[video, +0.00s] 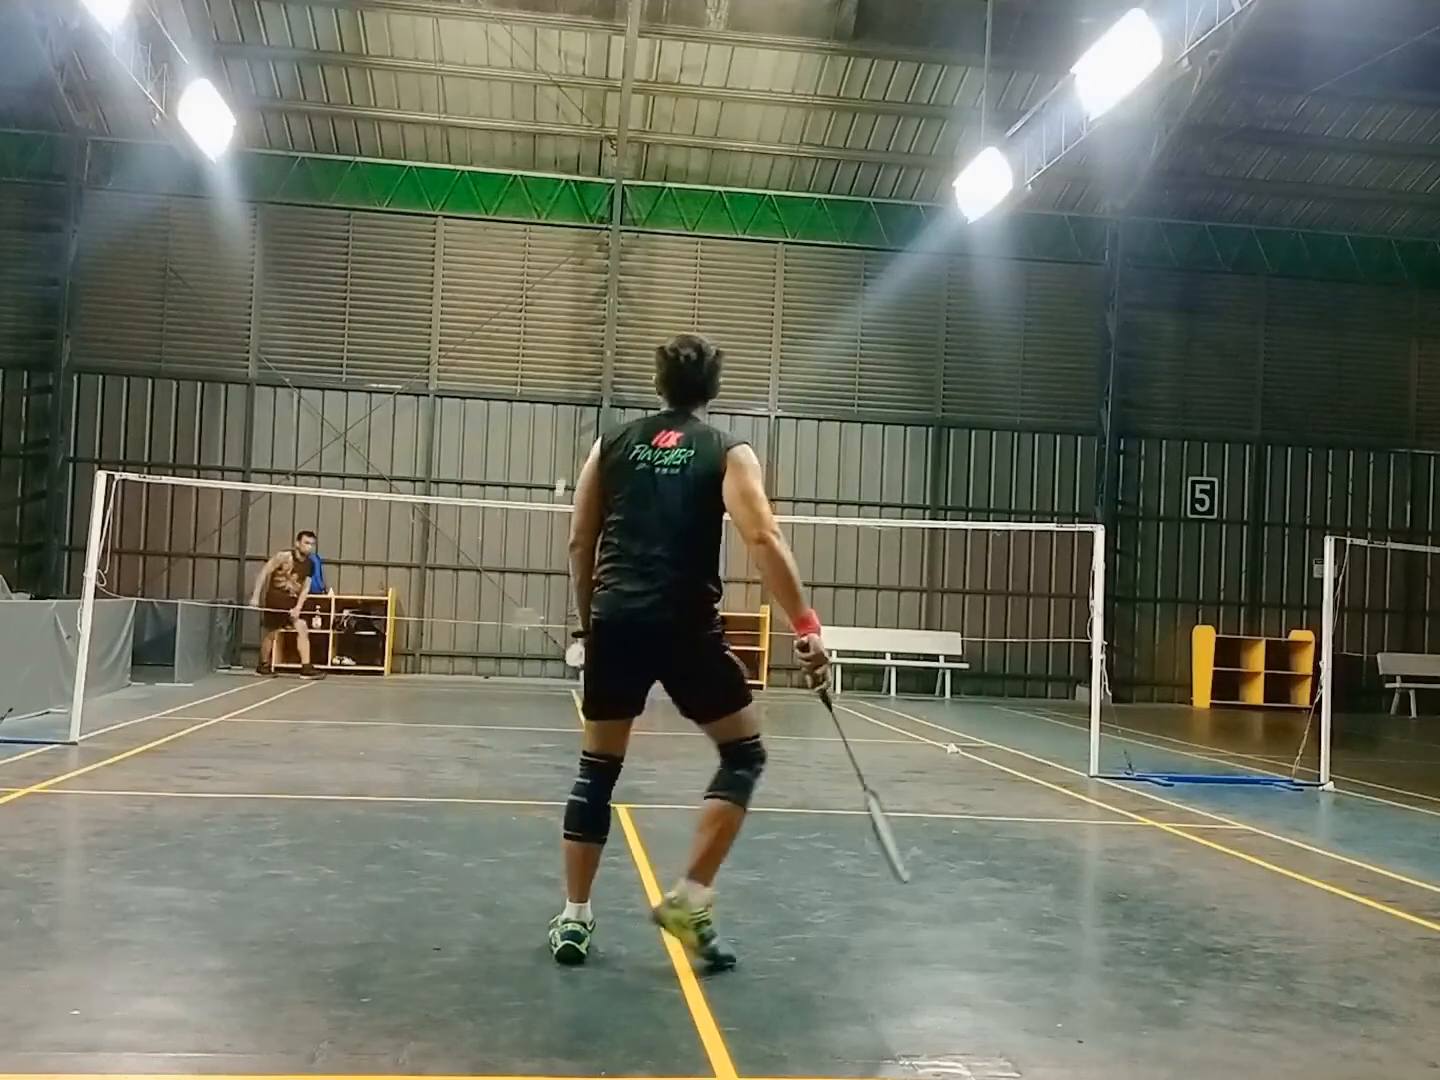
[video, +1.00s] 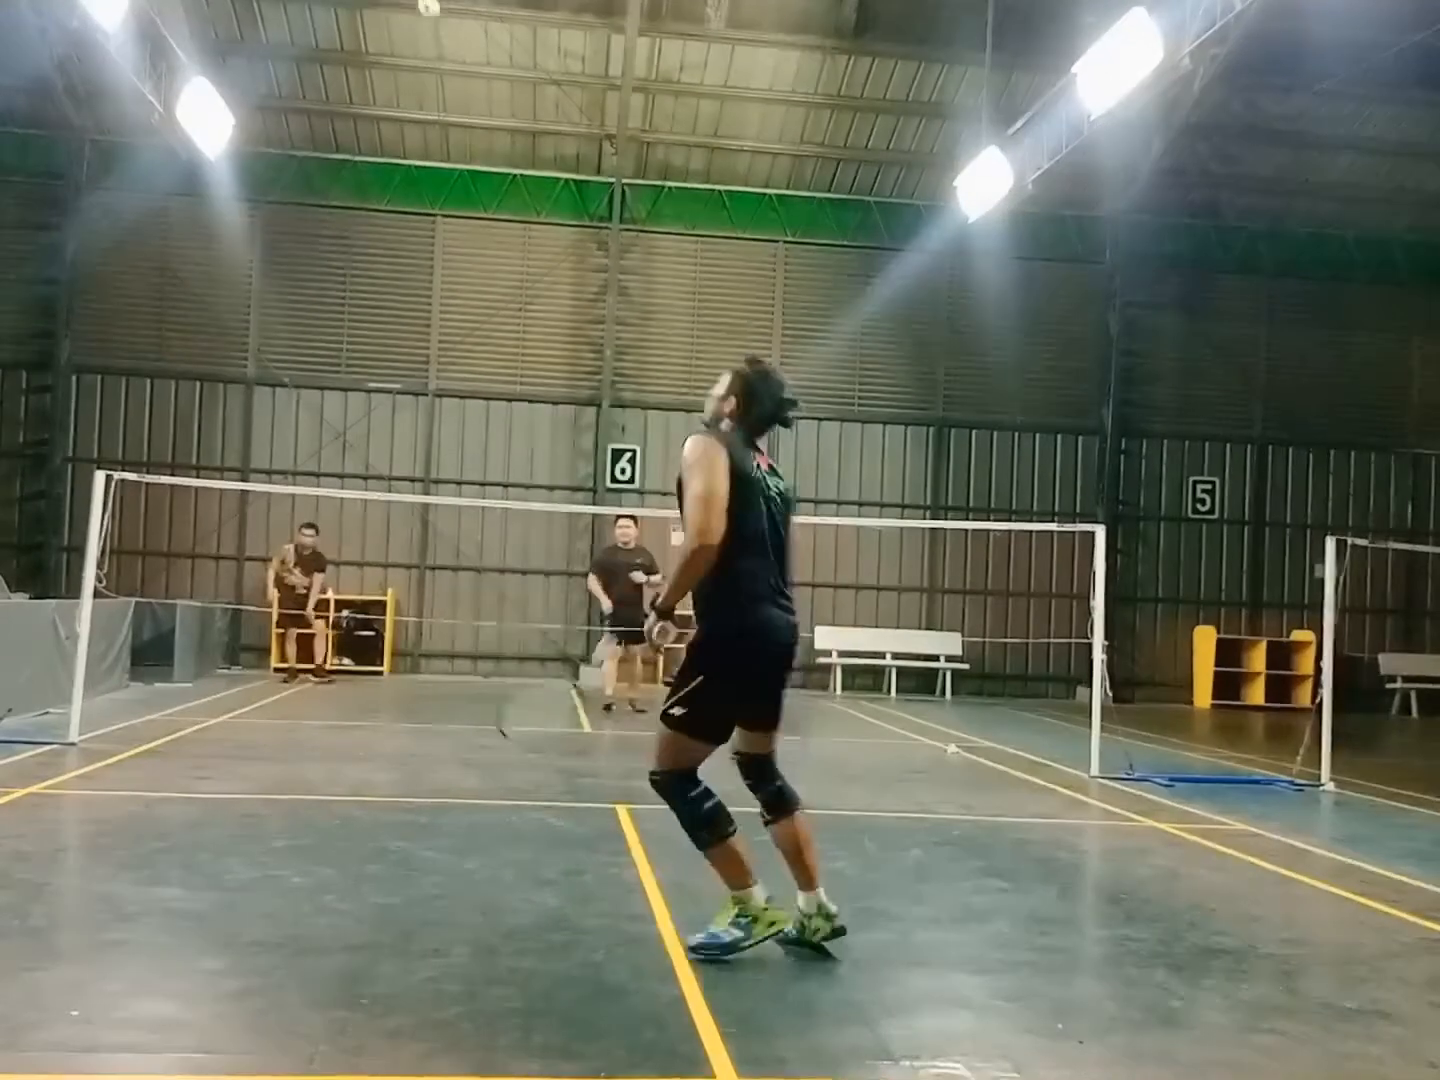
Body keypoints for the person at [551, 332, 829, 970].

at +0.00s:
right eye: (712, 386)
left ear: (659, 385)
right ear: (713, 390)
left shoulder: (611, 443)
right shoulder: (728, 451)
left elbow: (581, 539)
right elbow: (762, 538)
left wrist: (590, 617)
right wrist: (807, 629)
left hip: (612, 627)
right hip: (685, 630)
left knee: (596, 767)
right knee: (743, 753)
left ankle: (574, 915)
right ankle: (691, 895)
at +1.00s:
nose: (713, 393)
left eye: (719, 386)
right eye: (720, 385)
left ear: (730, 402)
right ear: (761, 414)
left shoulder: (706, 447)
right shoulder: (766, 468)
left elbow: (706, 536)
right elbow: (772, 561)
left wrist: (665, 604)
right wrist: (707, 612)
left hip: (732, 632)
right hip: (776, 629)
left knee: (672, 771)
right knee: (757, 764)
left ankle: (748, 903)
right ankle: (816, 906)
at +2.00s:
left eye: (617, 374)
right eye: (667, 391)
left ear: (608, 379)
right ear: (665, 392)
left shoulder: (544, 422)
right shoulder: (666, 442)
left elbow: (460, 506)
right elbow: (734, 521)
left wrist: (416, 575)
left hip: (498, 615)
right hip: (562, 625)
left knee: (545, 782)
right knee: (503, 790)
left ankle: (556, 946)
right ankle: (404, 964)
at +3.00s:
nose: (669, 424)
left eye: (672, 416)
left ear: (675, 424)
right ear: (723, 429)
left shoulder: (649, 479)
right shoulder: (757, 487)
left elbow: (626, 578)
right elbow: (790, 581)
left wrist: (602, 666)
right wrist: (770, 625)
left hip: (683, 646)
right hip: (751, 648)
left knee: (626, 761)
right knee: (736, 766)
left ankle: (662, 899)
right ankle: (774, 905)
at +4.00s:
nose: (495, 309)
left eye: (511, 303)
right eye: (501, 301)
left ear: (543, 330)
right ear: (512, 328)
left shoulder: (584, 426)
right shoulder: (451, 399)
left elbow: (621, 537)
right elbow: (355, 431)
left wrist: (634, 648)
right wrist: (315, 387)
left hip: (533, 635)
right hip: (442, 627)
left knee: (522, 828)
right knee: (406, 801)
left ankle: (529, 909)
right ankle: (389, 958)